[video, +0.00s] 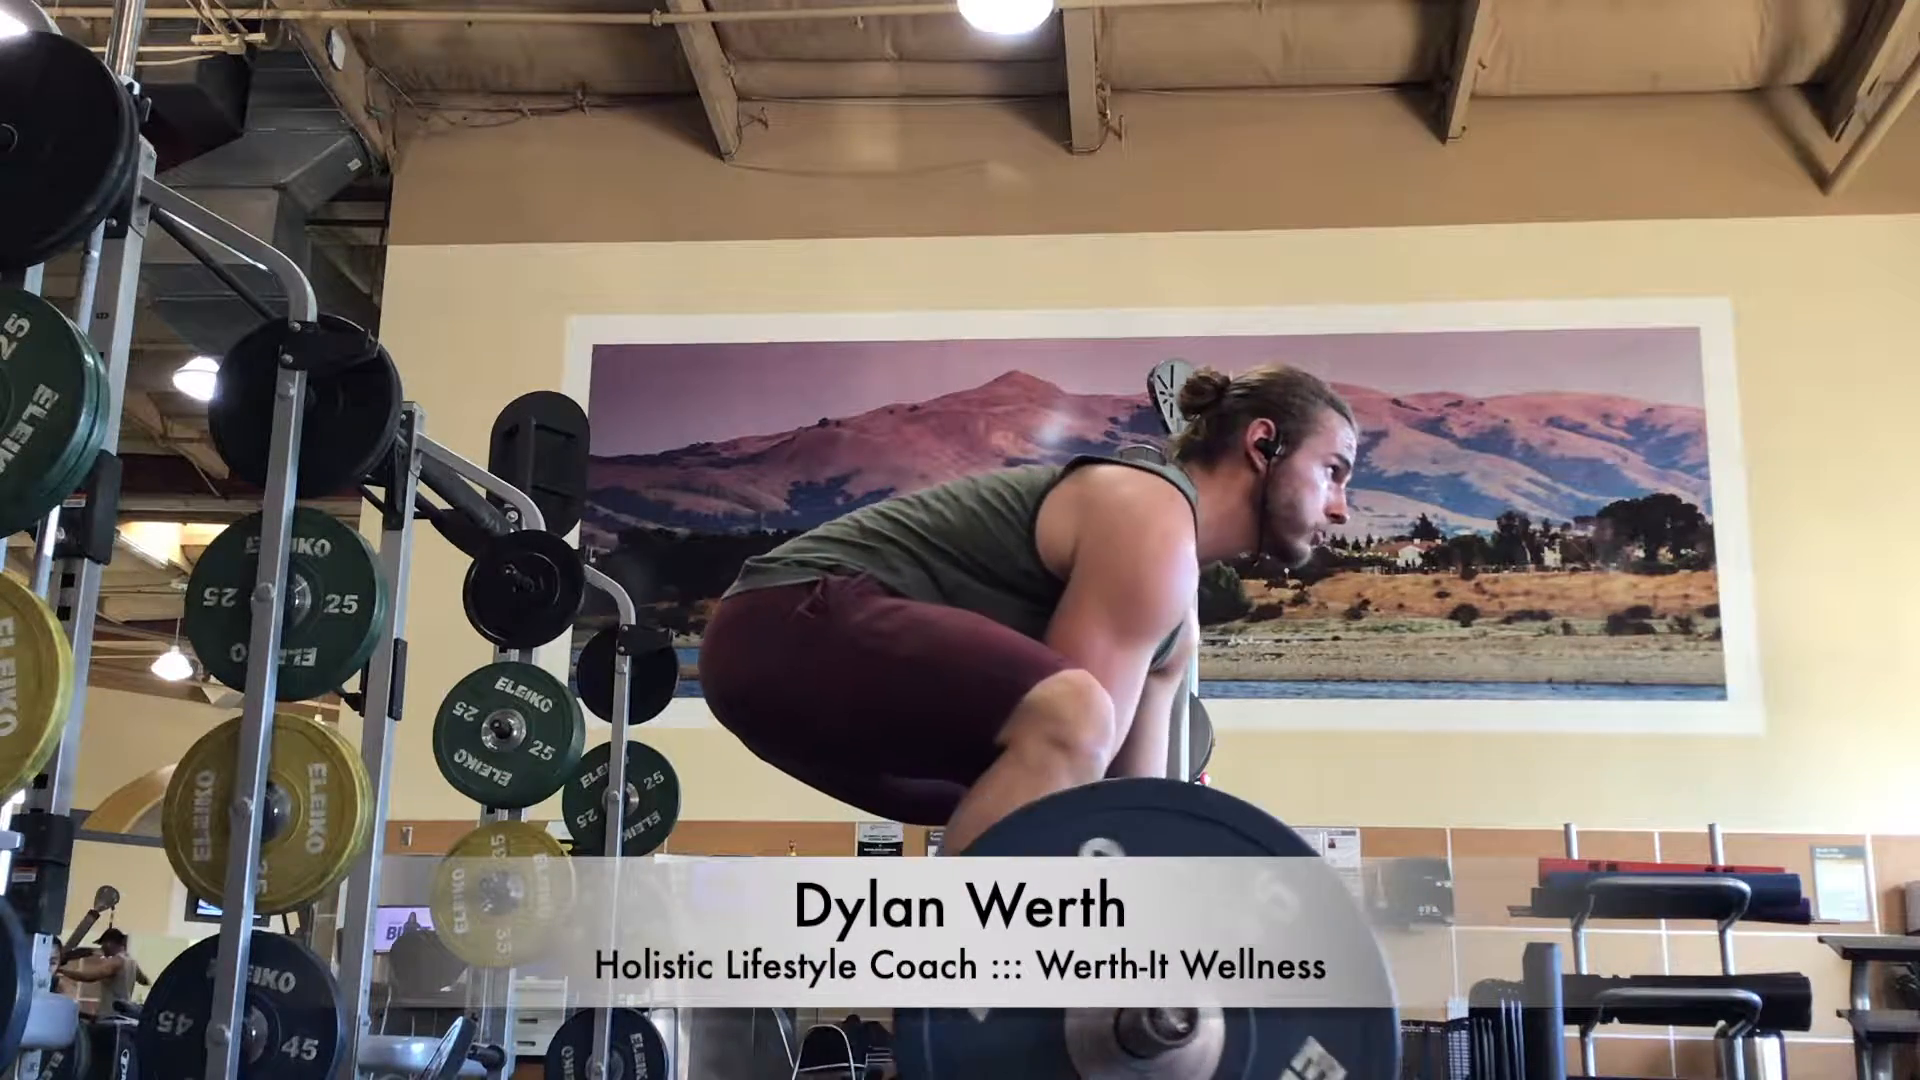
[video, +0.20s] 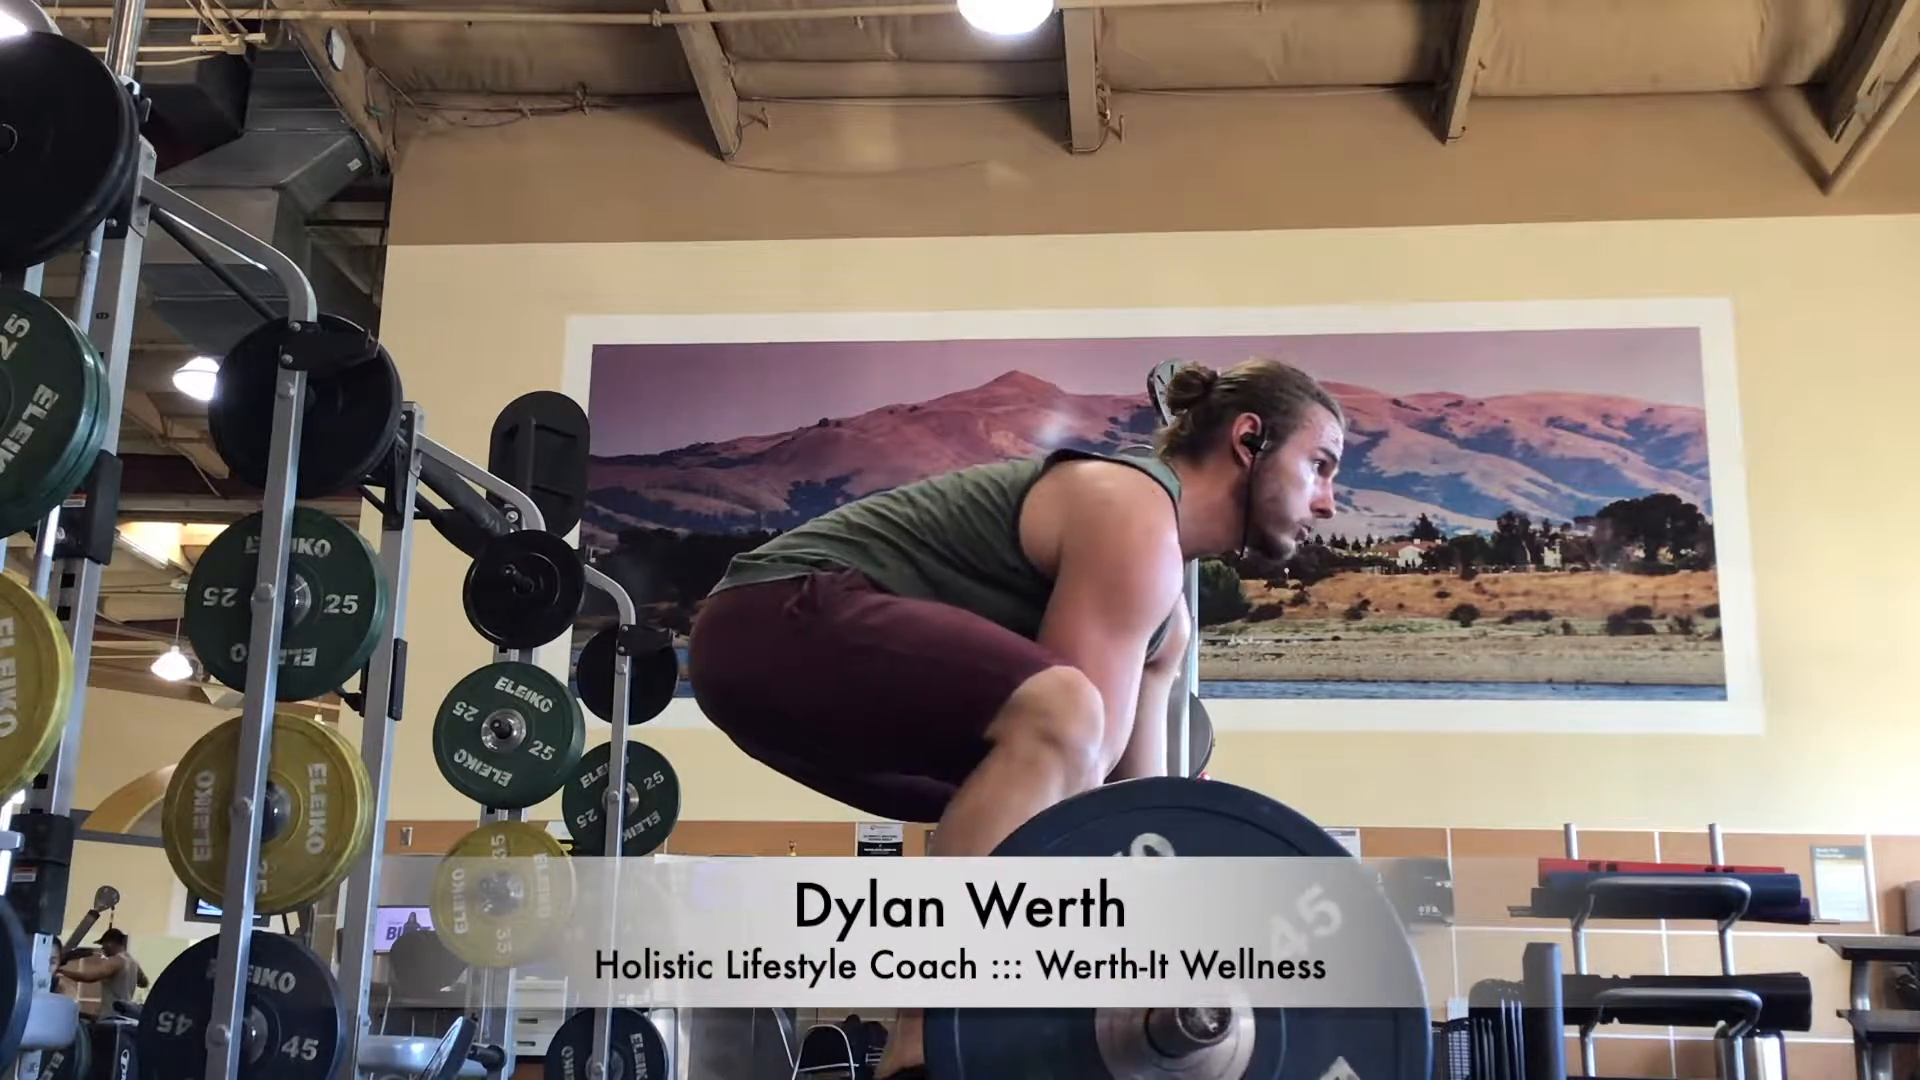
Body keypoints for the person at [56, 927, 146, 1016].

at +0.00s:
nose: (102, 948)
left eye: (103, 944)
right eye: (101, 944)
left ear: (112, 943)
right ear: (121, 944)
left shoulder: (115, 961)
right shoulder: (132, 963)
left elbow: (88, 977)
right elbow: (144, 981)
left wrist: (61, 971)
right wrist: (131, 970)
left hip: (106, 1017)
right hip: (123, 1017)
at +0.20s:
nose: (103, 949)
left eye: (104, 945)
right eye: (102, 945)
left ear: (113, 943)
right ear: (120, 943)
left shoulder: (116, 961)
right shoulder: (132, 962)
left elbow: (88, 977)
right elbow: (144, 983)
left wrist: (61, 971)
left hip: (107, 1017)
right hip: (124, 1018)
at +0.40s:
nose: (106, 947)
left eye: (107, 943)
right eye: (106, 943)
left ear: (109, 943)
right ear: (123, 942)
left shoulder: (118, 961)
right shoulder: (132, 962)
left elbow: (89, 977)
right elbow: (136, 984)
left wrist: (62, 971)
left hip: (110, 1015)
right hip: (126, 1016)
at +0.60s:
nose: (108, 946)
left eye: (108, 943)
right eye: (108, 943)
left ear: (109, 944)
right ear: (124, 943)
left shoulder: (119, 961)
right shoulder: (132, 962)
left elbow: (89, 978)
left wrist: (62, 971)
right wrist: (104, 987)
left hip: (111, 1016)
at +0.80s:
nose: (108, 947)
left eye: (108, 944)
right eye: (107, 944)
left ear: (109, 944)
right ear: (124, 943)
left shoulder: (119, 961)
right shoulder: (132, 962)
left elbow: (88, 977)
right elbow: (117, 985)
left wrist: (61, 971)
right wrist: (93, 990)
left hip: (111, 1018)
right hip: (126, 1018)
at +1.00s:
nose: (106, 949)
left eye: (107, 945)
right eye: (106, 945)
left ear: (109, 945)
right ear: (123, 944)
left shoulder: (119, 961)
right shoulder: (131, 961)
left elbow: (89, 977)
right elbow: (111, 988)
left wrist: (61, 971)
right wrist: (83, 987)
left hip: (111, 1018)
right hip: (125, 1018)